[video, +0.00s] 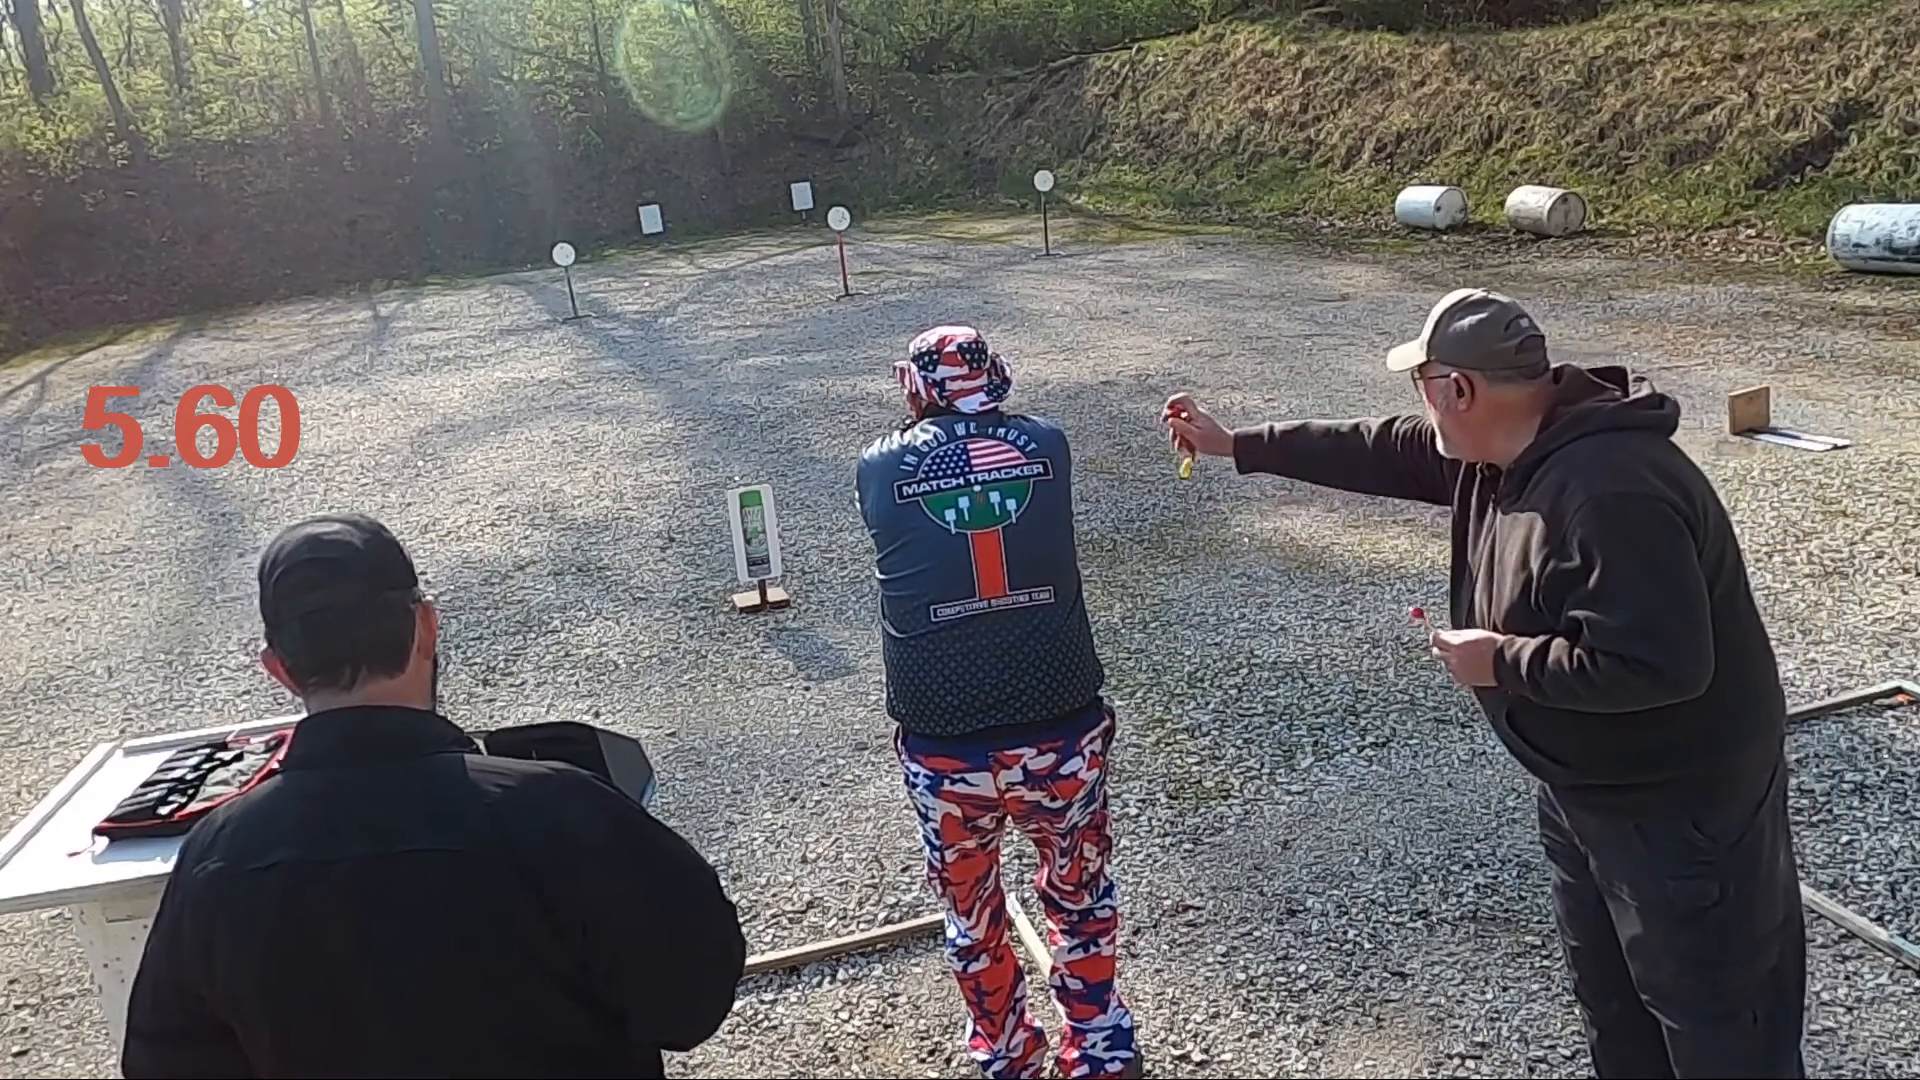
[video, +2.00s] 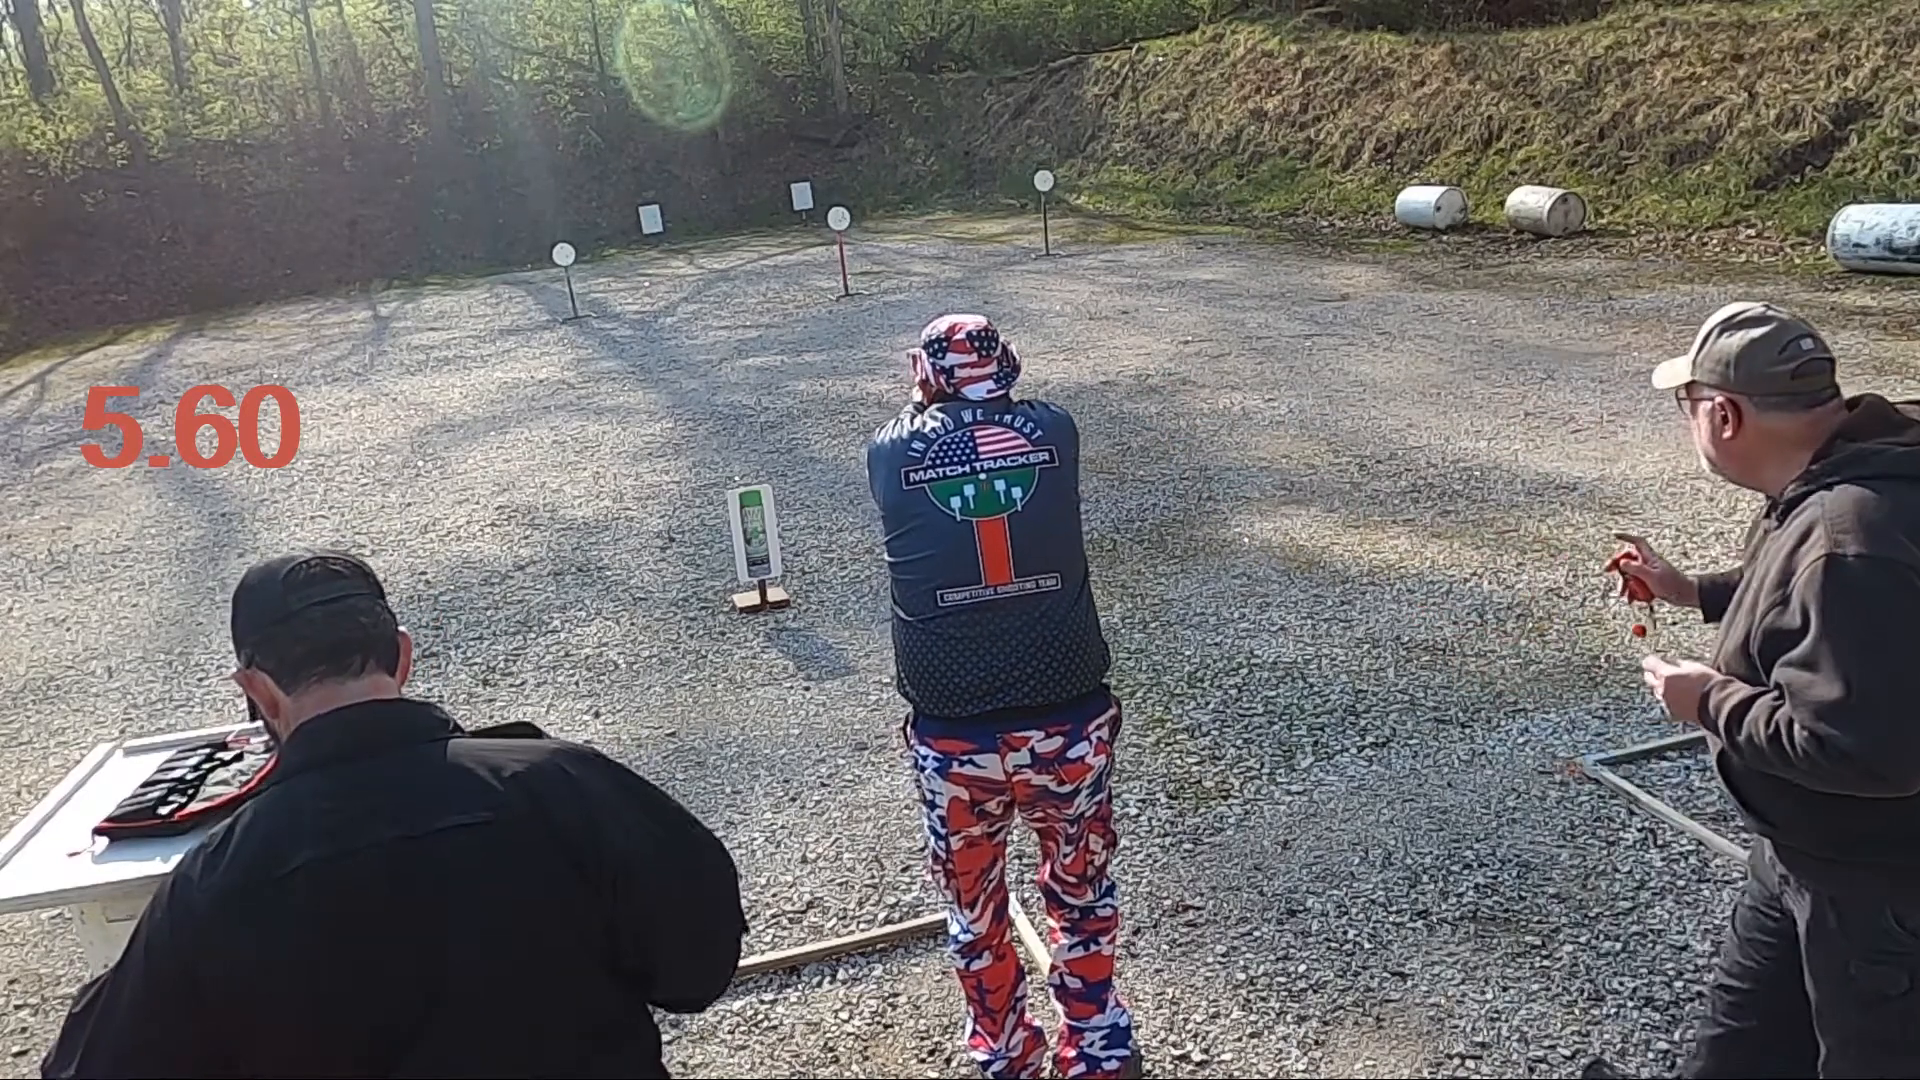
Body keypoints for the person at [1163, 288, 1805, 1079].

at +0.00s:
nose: (1422, 404)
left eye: (1424, 388)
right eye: (1422, 388)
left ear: (1462, 391)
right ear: (1484, 387)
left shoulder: (1612, 492)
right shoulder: (1502, 454)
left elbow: (1664, 666)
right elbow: (1381, 451)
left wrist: (1503, 660)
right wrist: (1233, 444)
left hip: (1687, 812)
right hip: (1589, 796)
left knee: (1723, 1042)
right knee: (1622, 1027)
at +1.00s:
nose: (1440, 401)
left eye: (1440, 386)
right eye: (1439, 386)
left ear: (1470, 393)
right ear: (1535, 373)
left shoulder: (1619, 482)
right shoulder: (1522, 462)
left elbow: (1682, 647)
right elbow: (1434, 495)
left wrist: (1521, 655)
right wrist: (1306, 488)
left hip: (1716, 811)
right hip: (1607, 797)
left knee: (1765, 1048)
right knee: (1633, 1036)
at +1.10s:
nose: (1457, 408)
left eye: (1455, 391)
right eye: (1453, 392)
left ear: (1483, 397)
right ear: (1549, 375)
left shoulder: (1629, 491)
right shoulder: (1558, 466)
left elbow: (1682, 658)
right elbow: (1496, 529)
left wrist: (1527, 659)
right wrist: (1365, 520)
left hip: (1725, 815)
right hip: (1621, 800)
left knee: (1784, 1050)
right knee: (1638, 1036)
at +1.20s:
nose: (1478, 412)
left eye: (1476, 395)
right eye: (1475, 395)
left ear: (1504, 400)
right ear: (1577, 374)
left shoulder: (1638, 498)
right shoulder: (1589, 463)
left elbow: (1693, 674)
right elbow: (1550, 553)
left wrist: (1538, 665)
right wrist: (1431, 551)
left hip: (1742, 826)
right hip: (1637, 807)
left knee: (1801, 1051)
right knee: (1642, 1034)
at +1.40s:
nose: (1532, 422)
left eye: (1533, 405)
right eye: (1532, 404)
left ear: (1564, 413)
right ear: (1634, 390)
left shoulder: (1696, 520)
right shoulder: (1657, 470)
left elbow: (1740, 705)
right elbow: (1647, 587)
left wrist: (1585, 687)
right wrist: (1537, 579)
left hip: (1791, 848)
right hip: (1681, 819)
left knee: (1829, 1062)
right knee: (1657, 1038)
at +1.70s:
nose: (1611, 426)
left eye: (1612, 409)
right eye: (1608, 409)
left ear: (1649, 416)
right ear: (1728, 392)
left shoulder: (1795, 531)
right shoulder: (1733, 488)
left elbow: (1838, 725)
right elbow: (1715, 603)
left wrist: (1666, 701)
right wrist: (1600, 593)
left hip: (1842, 881)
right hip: (1747, 855)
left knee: (1855, 1064)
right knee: (1698, 1056)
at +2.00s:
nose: (1689, 425)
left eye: (1688, 407)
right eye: (1685, 407)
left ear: (1726, 416)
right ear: (1813, 394)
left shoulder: (1851, 547)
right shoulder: (1821, 487)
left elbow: (1867, 752)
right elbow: (1792, 597)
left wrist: (1711, 702)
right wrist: (1686, 590)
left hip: (1868, 889)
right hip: (1803, 857)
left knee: (1872, 1064)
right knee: (1731, 1056)